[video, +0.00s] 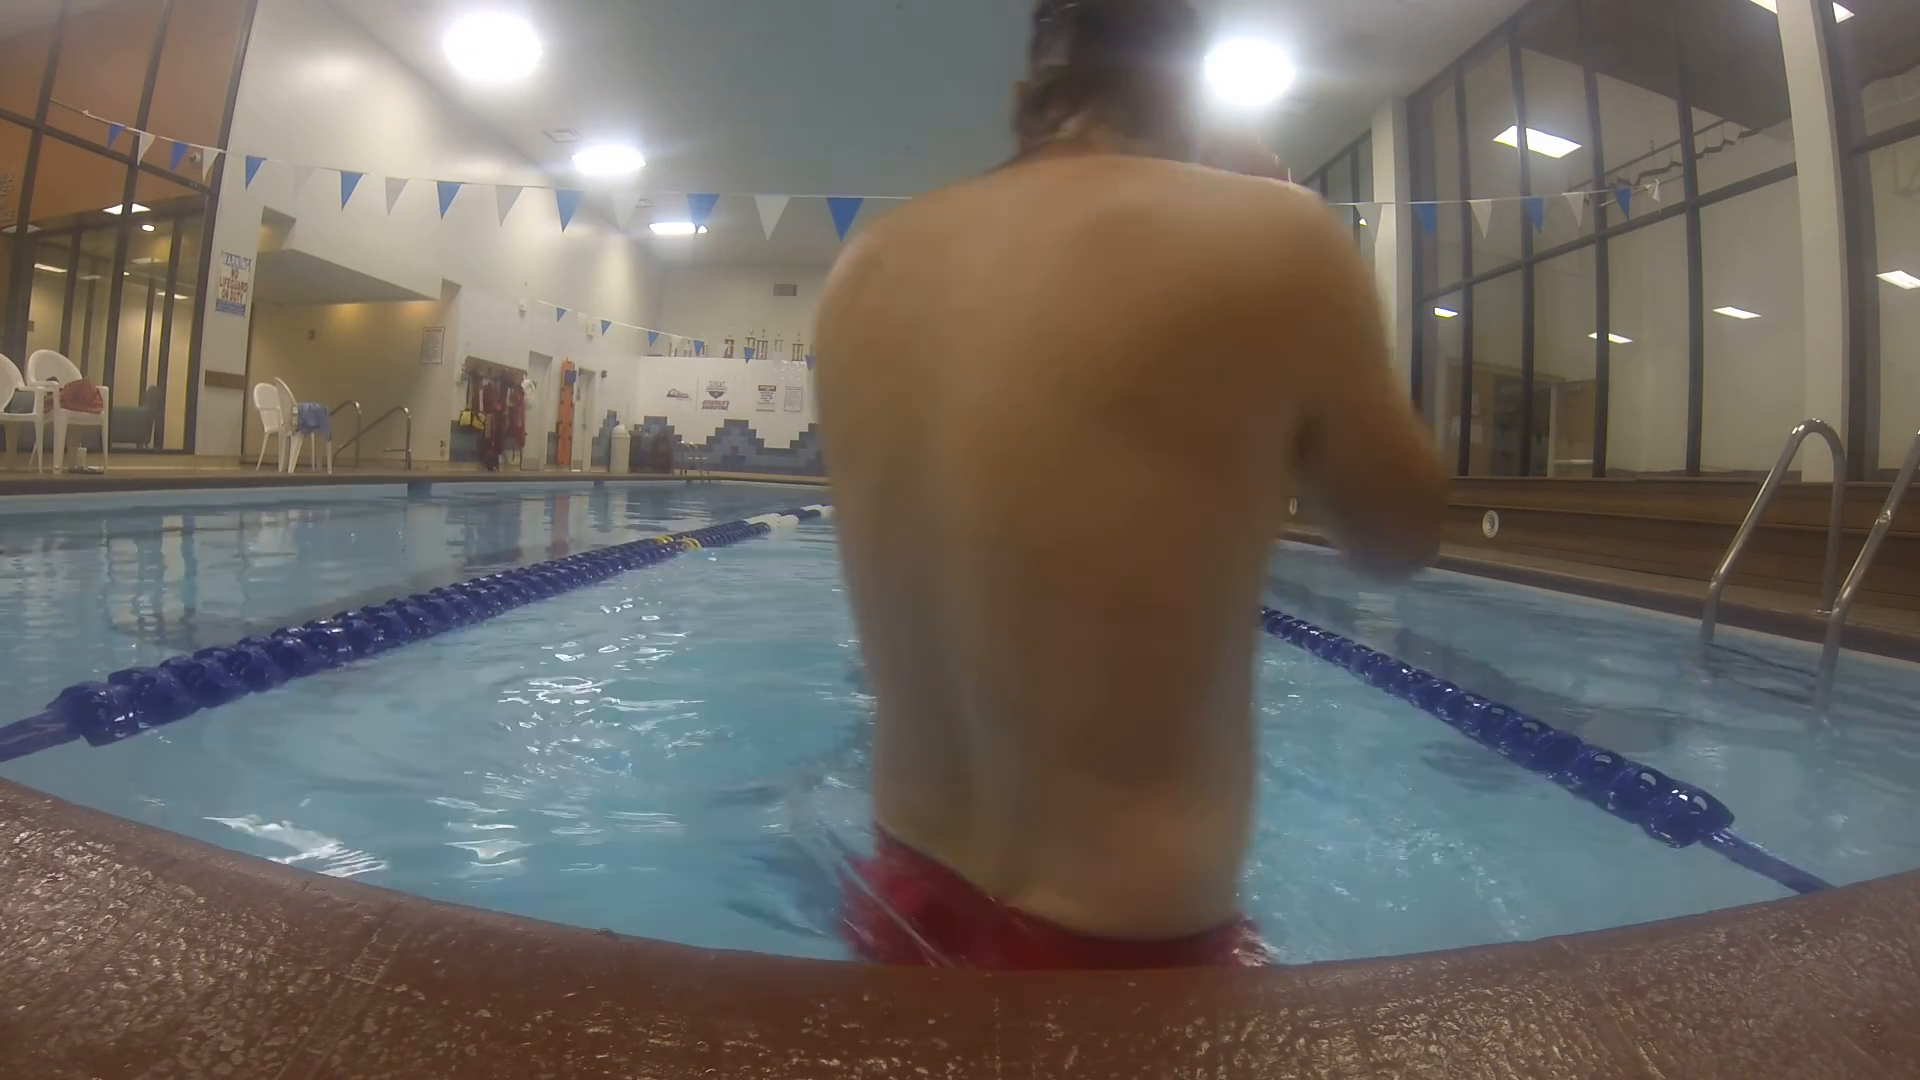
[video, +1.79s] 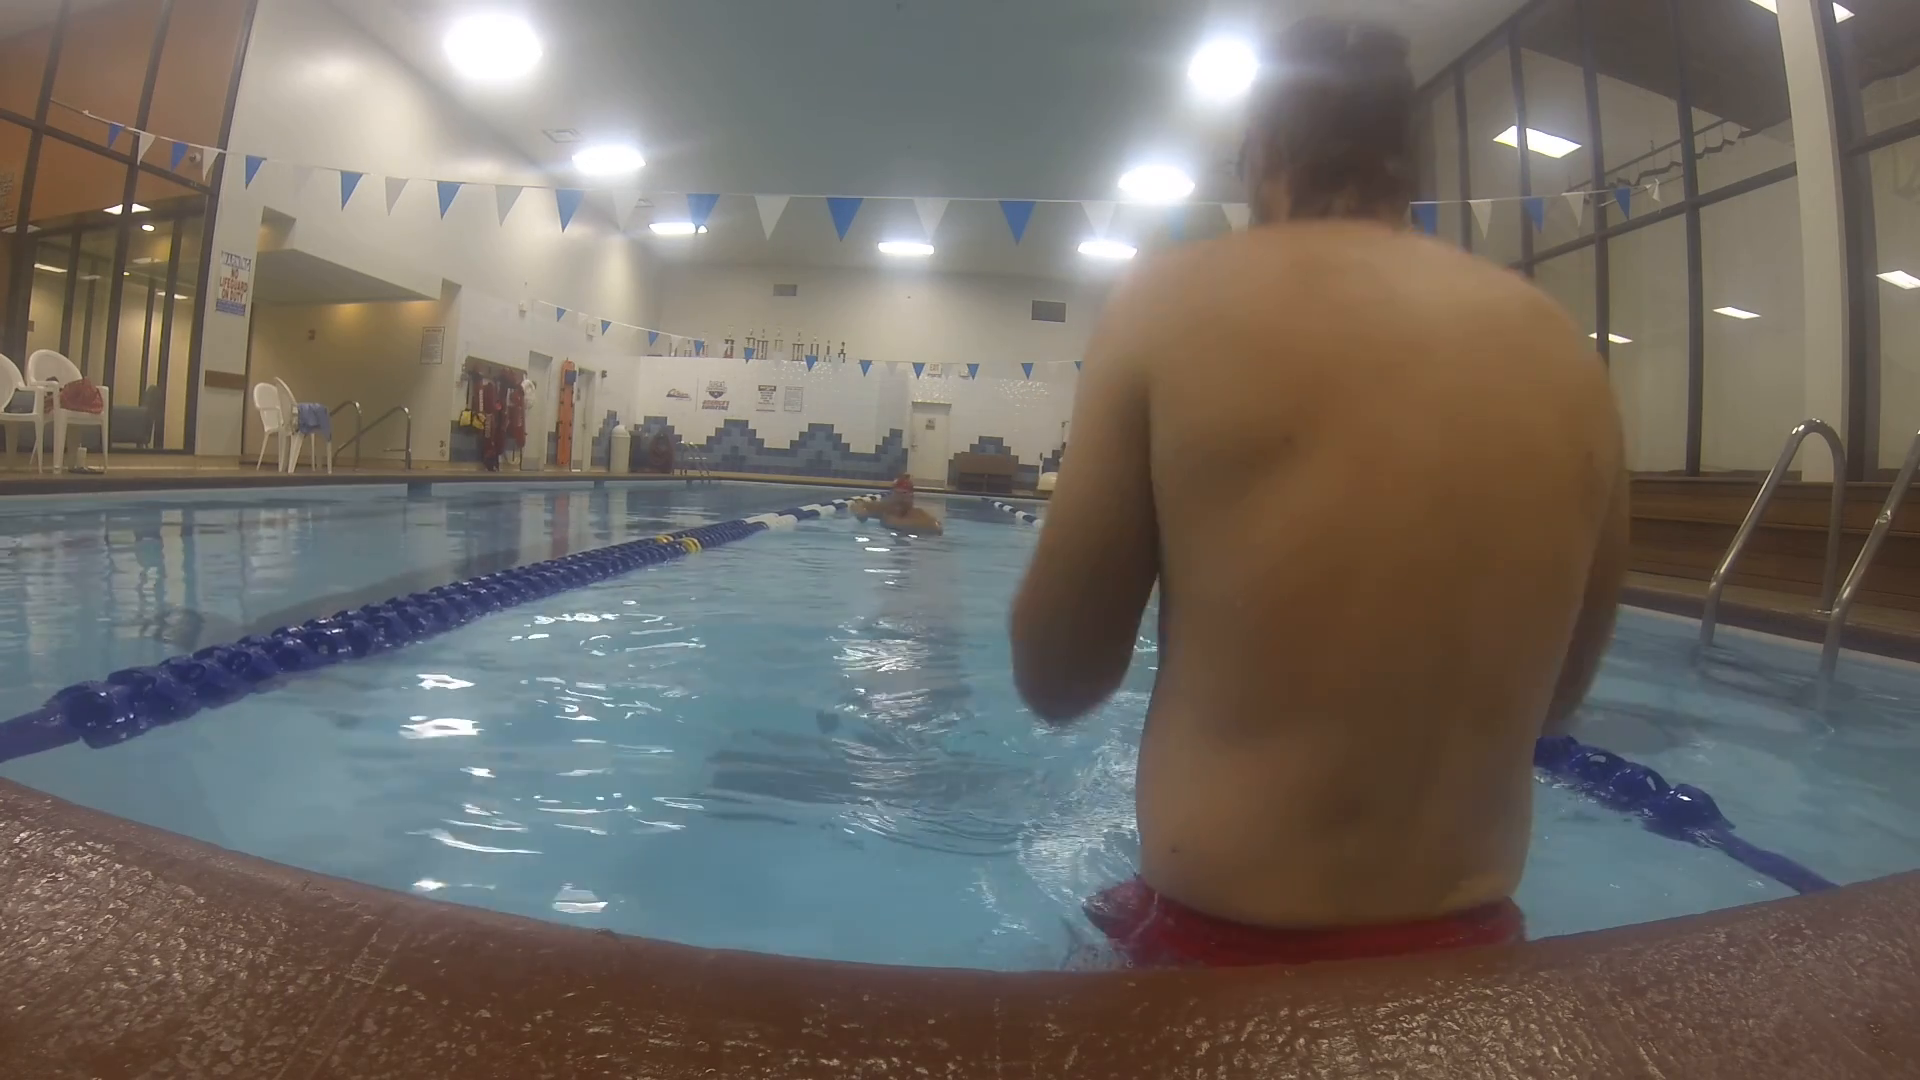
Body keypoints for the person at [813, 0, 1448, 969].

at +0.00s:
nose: (1235, 91)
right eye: (1223, 63)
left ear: (1040, 82)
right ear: (1198, 78)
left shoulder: (872, 260)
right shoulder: (1271, 242)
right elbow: (1399, 528)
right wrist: (1266, 202)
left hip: (899, 924)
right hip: (1139, 967)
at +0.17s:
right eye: (1275, 70)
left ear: (1082, 85)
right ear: (1253, 90)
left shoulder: (922, 263)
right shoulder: (1373, 265)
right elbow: (1429, 513)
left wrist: (1051, 192)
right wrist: (1303, 205)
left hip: (969, 923)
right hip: (1226, 959)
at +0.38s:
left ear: (1148, 113)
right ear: (1338, 139)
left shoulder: (1028, 257)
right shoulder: (1494, 306)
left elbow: (955, 473)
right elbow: (1457, 519)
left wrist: (1092, 211)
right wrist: (1347, 212)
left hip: (1064, 953)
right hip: (1347, 969)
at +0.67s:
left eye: (1241, 99)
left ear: (1256, 104)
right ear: (1421, 120)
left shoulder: (1185, 232)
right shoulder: (1581, 315)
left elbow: (1024, 478)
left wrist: (1174, 202)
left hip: (1168, 949)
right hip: (1437, 954)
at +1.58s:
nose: (1237, 133)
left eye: (1247, 115)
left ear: (1269, 123)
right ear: (1417, 133)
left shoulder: (1205, 242)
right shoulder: (1576, 307)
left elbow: (1068, 527)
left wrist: (1180, 215)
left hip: (1209, 944)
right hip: (1469, 941)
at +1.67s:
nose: (1247, 152)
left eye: (1253, 128)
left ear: (1273, 136)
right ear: (1421, 148)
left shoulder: (1194, 256)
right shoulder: (1568, 316)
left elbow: (1063, 581)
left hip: (1206, 943)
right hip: (1467, 942)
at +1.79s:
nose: (1241, 179)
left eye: (1246, 157)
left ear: (1264, 161)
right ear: (1411, 172)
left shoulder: (1174, 300)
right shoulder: (1558, 342)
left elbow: (1058, 676)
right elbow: (1552, 697)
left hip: (1205, 953)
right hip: (1468, 951)